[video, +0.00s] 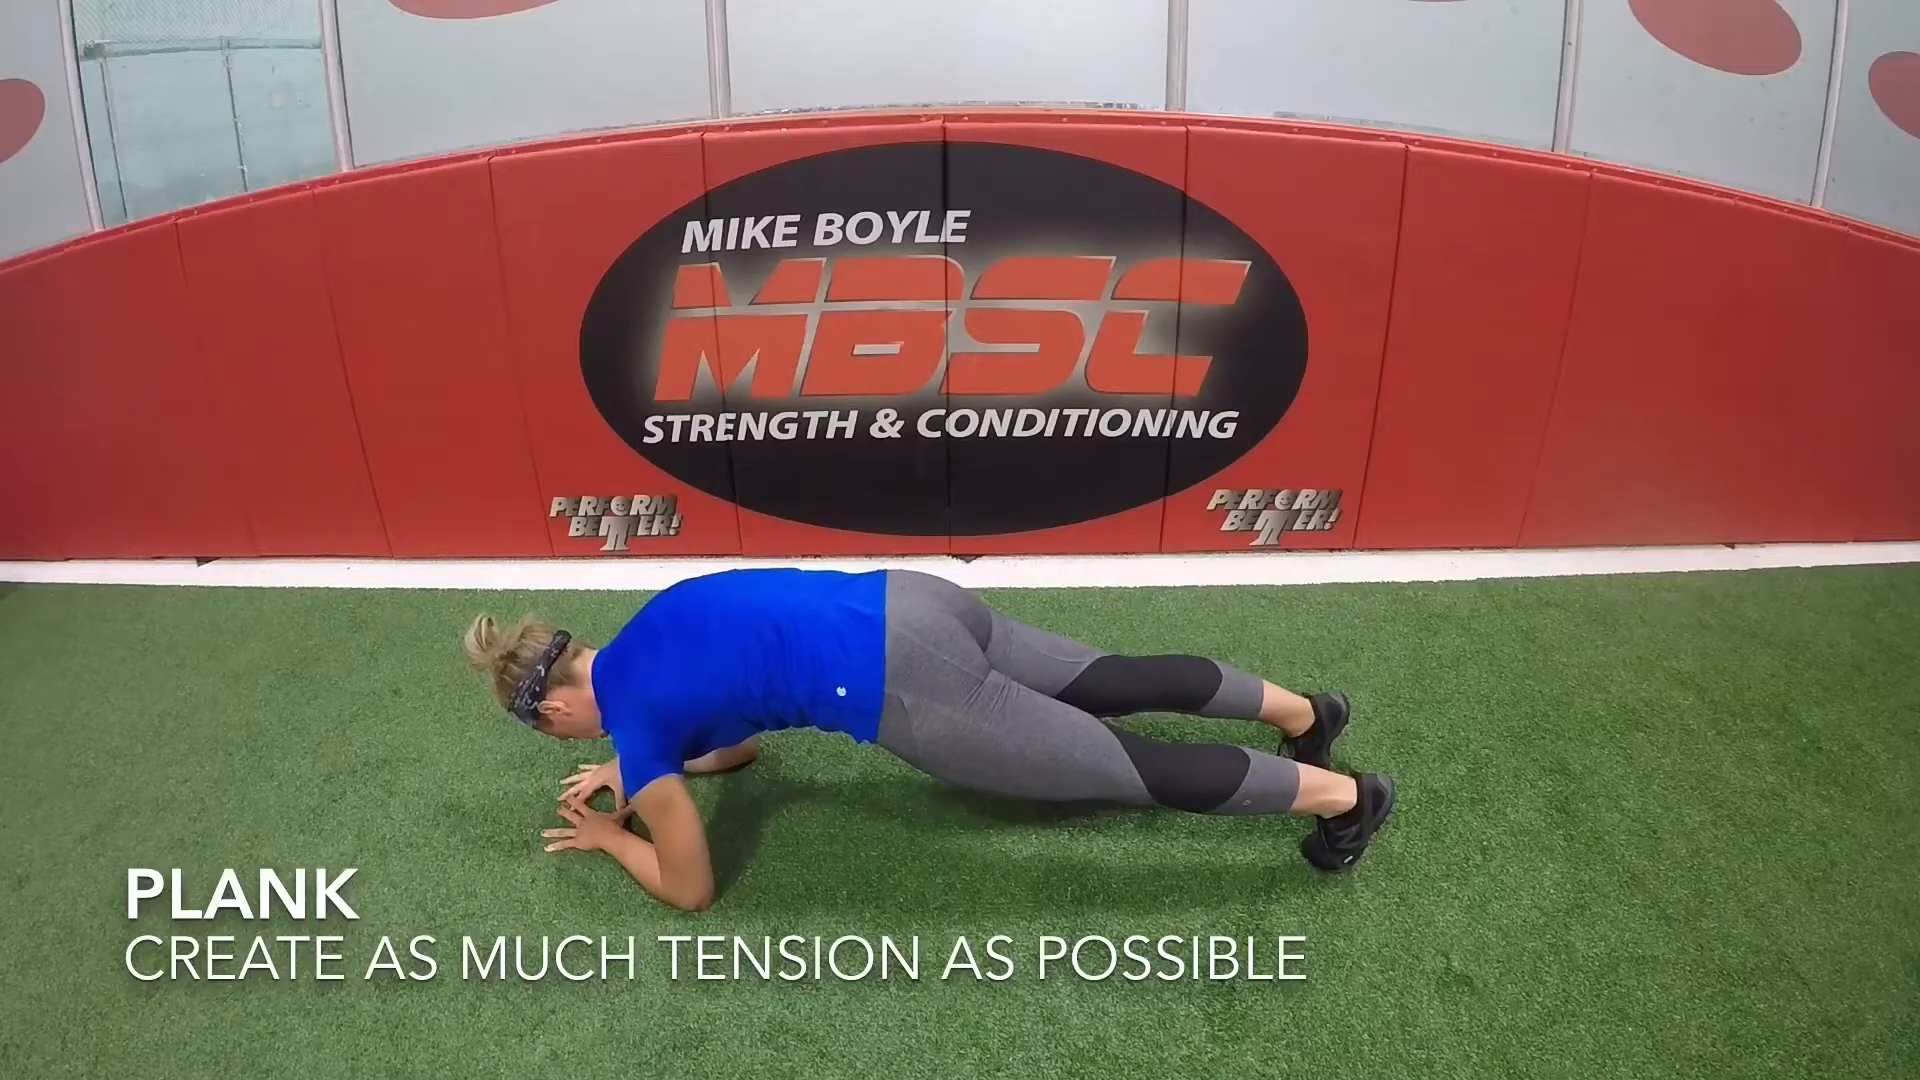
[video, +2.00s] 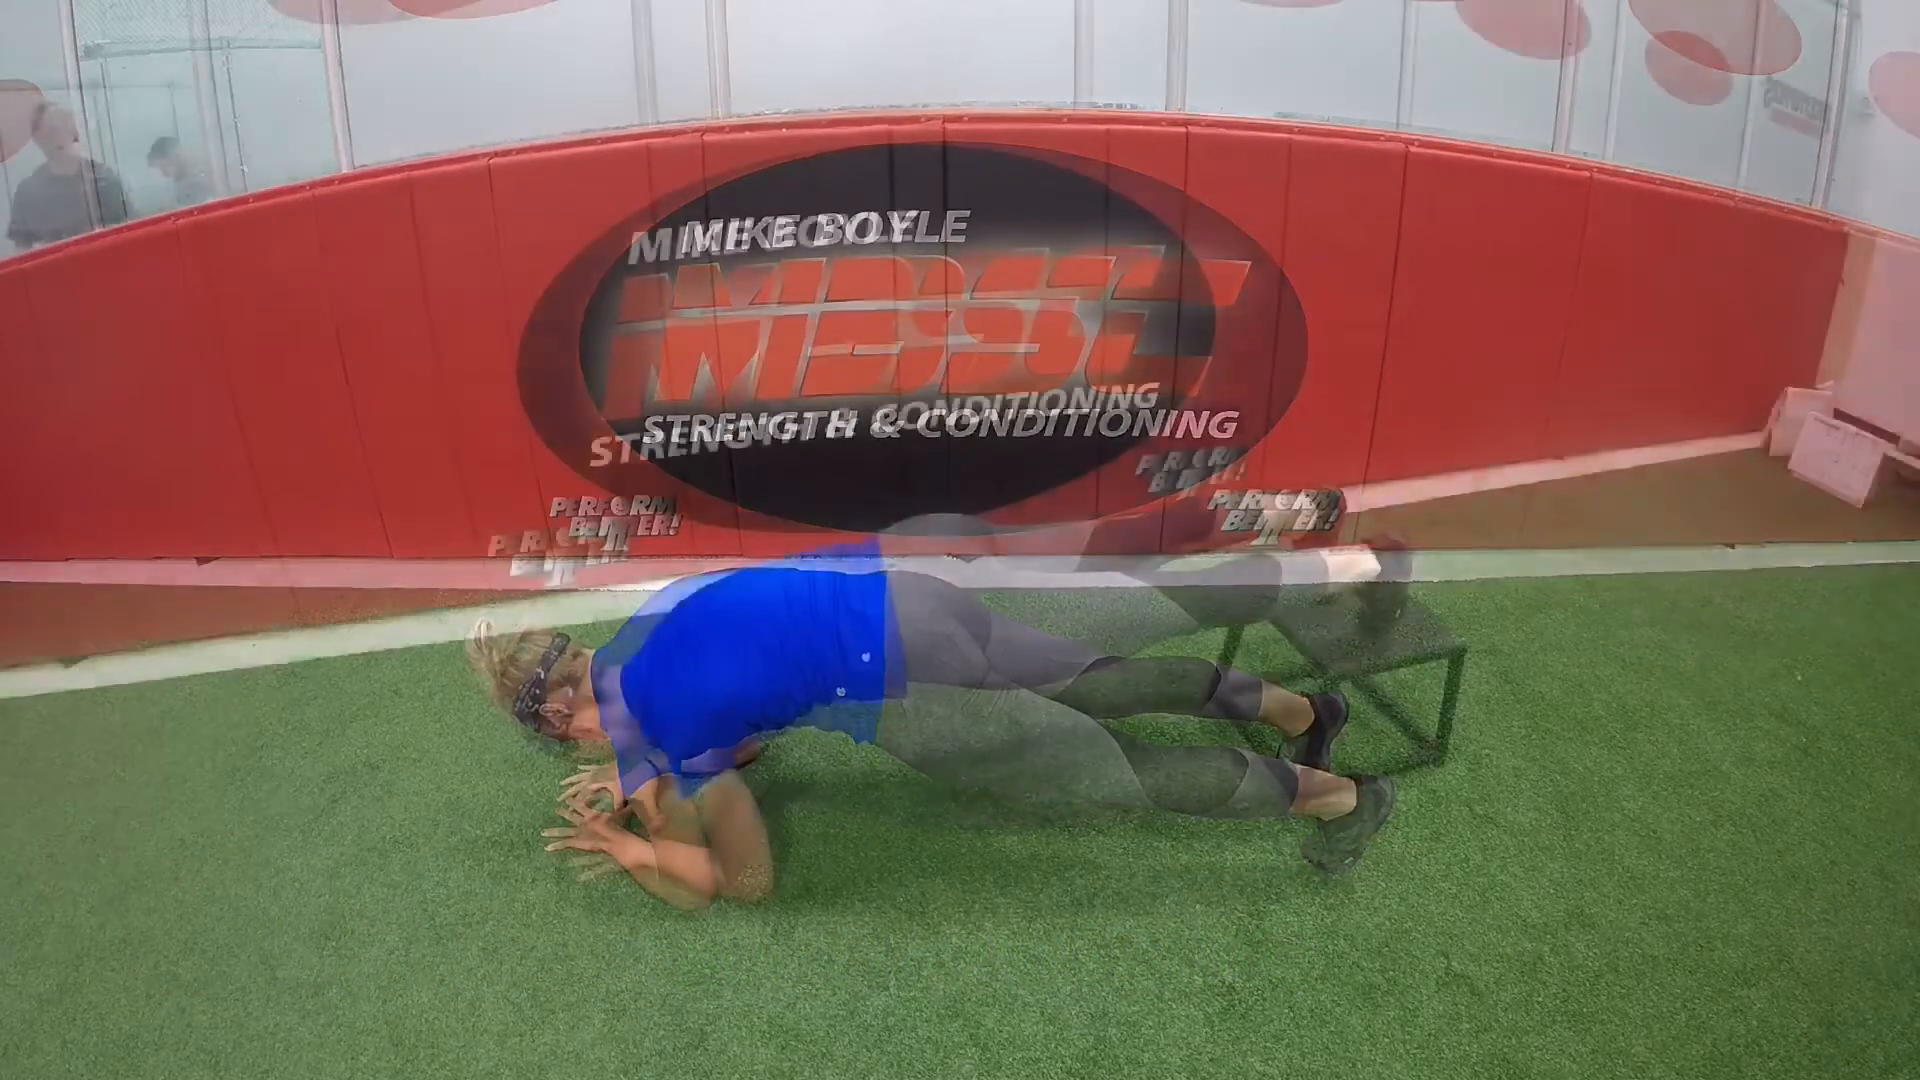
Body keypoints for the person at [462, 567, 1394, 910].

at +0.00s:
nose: (568, 735)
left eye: (553, 729)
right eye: (557, 729)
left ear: (558, 699)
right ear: (574, 647)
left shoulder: (633, 717)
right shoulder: (656, 613)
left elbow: (688, 885)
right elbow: (737, 743)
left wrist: (613, 840)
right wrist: (638, 778)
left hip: (901, 689)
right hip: (915, 593)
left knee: (1133, 769)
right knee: (1106, 678)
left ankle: (1341, 794)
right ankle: (1307, 715)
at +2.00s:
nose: (582, 744)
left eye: (564, 732)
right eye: (569, 734)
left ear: (575, 703)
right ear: (581, 660)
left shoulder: (650, 711)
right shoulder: (653, 627)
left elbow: (739, 878)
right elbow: (739, 759)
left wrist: (629, 852)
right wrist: (649, 782)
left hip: (897, 681)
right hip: (906, 583)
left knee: (1106, 774)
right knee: (1082, 670)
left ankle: (1325, 791)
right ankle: (1283, 706)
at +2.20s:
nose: (594, 755)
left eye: (578, 741)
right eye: (580, 745)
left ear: (592, 707)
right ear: (589, 677)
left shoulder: (681, 720)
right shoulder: (658, 640)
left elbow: (744, 880)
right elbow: (746, 756)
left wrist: (641, 858)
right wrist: (659, 808)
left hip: (926, 626)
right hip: (905, 544)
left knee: (1147, 611)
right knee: (1101, 556)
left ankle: (1330, 572)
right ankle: (1260, 514)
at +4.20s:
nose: (609, 752)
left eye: (593, 743)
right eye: (597, 745)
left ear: (602, 710)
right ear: (601, 670)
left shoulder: (689, 717)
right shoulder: (673, 629)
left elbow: (748, 878)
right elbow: (749, 741)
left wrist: (645, 852)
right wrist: (660, 792)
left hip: (942, 629)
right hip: (921, 540)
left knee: (1176, 607)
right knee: (1119, 544)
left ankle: (1346, 566)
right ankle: (1276, 508)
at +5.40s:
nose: (609, 755)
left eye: (593, 746)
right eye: (597, 748)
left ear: (601, 711)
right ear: (600, 673)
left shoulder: (689, 719)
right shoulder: (670, 631)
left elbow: (746, 878)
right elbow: (749, 736)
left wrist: (646, 851)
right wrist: (660, 792)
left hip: (935, 626)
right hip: (918, 539)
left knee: (1165, 613)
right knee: (1114, 547)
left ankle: (1345, 570)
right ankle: (1274, 507)